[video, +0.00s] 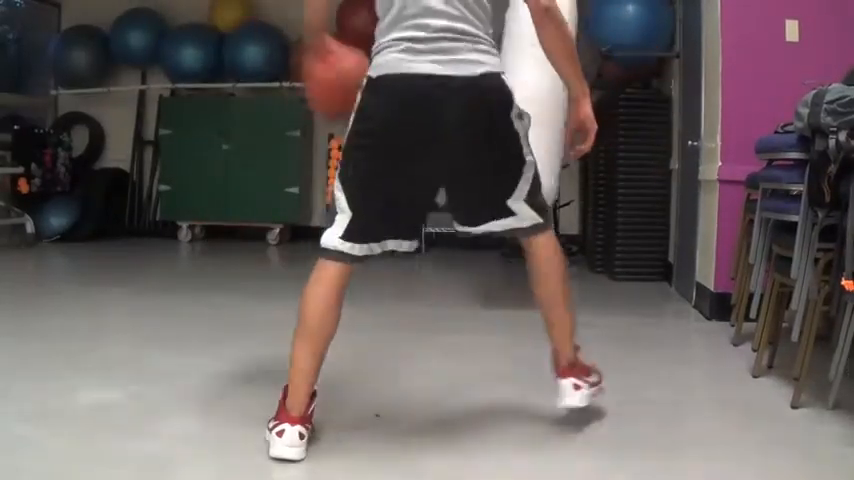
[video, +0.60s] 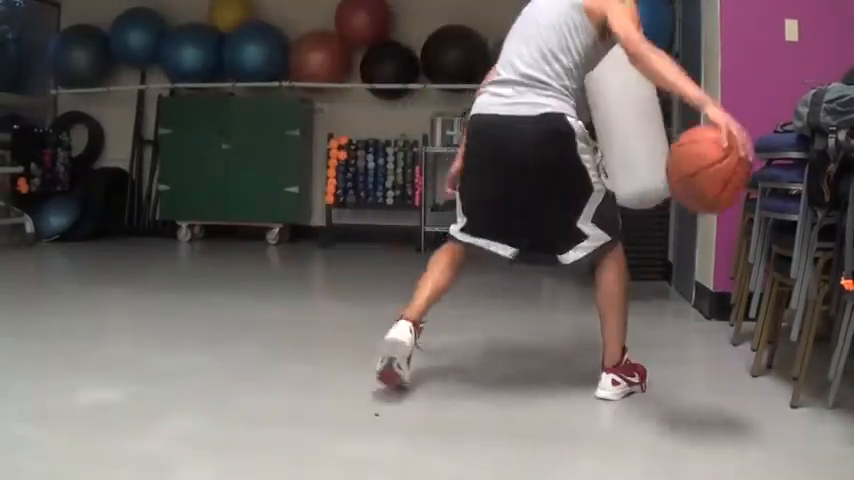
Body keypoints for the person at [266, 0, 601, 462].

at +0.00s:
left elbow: (320, 5)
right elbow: (544, 12)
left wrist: (317, 43)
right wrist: (579, 91)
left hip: (393, 88)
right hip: (479, 90)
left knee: (336, 254)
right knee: (535, 229)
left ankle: (292, 415)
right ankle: (569, 368)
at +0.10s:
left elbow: (371, 42)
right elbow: (547, 20)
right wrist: (578, 117)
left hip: (406, 111)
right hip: (489, 113)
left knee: (347, 263)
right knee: (548, 245)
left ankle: (294, 415)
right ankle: (596, 359)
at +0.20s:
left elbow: (428, 57)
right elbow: (551, 56)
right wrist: (569, 156)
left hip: (432, 138)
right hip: (510, 142)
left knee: (368, 275)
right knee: (563, 261)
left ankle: (298, 412)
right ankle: (607, 366)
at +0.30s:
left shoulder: (488, 4)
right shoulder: (577, 6)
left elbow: (480, 74)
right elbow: (565, 82)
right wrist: (572, 181)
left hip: (463, 145)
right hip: (532, 149)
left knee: (399, 279)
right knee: (599, 246)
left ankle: (313, 388)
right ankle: (615, 368)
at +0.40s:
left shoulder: (520, 10)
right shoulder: (596, 7)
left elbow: (508, 80)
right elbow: (587, 65)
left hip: (479, 132)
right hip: (544, 136)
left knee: (445, 268)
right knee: (606, 242)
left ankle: (353, 348)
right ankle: (614, 369)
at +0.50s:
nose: (626, 19)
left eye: (630, 16)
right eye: (625, 13)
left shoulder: (532, 10)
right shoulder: (600, 3)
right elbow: (624, 41)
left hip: (483, 125)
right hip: (548, 128)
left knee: (458, 256)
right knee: (608, 250)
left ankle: (391, 326)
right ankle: (615, 368)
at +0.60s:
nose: (628, 22)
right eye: (628, 14)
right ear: (606, 1)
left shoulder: (534, 12)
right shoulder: (610, 4)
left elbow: (491, 81)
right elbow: (639, 52)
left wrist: (465, 150)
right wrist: (709, 107)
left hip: (488, 128)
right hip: (549, 130)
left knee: (462, 237)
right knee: (608, 244)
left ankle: (408, 322)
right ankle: (614, 367)